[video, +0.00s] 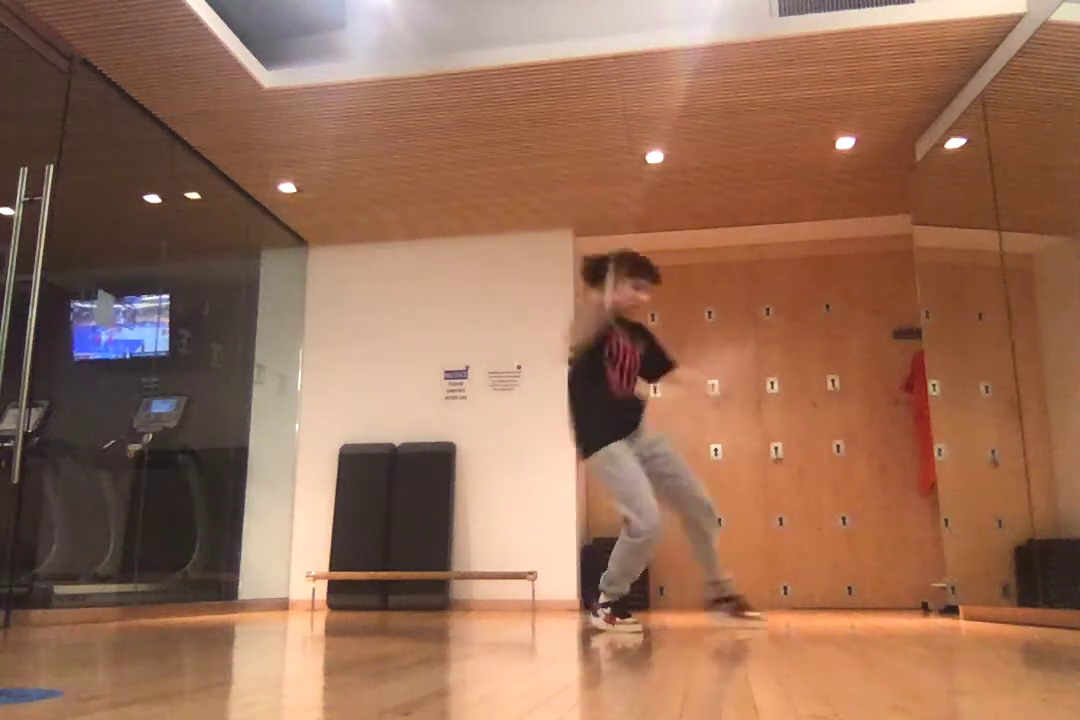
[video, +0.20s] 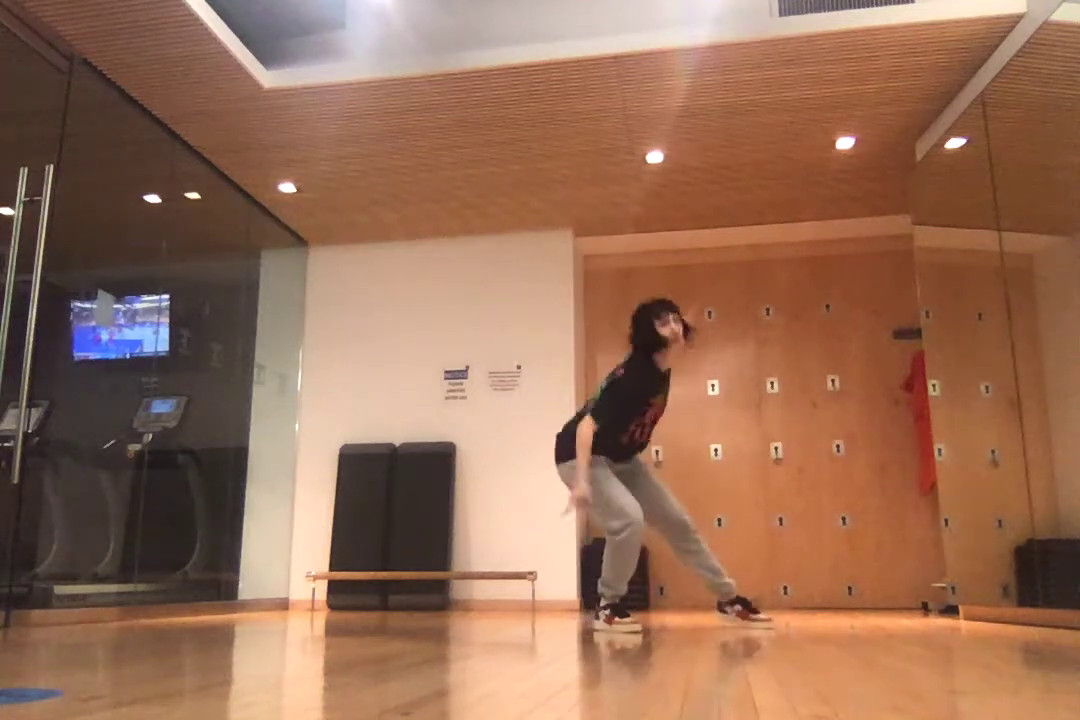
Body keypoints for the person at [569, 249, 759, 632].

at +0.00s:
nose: (642, 298)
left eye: (646, 291)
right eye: (635, 288)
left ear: (648, 294)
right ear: (610, 288)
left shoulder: (636, 334)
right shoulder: (590, 331)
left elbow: (667, 376)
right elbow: (579, 337)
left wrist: (707, 385)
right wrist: (599, 303)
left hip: (636, 433)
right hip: (602, 442)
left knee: (696, 505)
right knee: (646, 521)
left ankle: (720, 595)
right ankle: (605, 603)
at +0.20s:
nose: (673, 326)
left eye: (675, 320)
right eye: (663, 322)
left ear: (681, 326)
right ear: (649, 331)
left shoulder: (661, 370)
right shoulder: (631, 374)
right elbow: (585, 427)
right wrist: (581, 482)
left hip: (624, 457)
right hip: (585, 457)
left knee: (678, 523)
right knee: (628, 519)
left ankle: (729, 600)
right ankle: (608, 608)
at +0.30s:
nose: (661, 300)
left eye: (661, 293)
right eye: (651, 294)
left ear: (667, 301)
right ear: (639, 303)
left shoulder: (653, 346)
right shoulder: (631, 345)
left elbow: (626, 388)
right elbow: (599, 382)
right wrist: (572, 418)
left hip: (620, 447)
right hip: (588, 446)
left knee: (665, 519)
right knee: (628, 518)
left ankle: (720, 595)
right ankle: (608, 607)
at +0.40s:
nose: (643, 277)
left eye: (646, 271)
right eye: (637, 269)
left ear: (647, 277)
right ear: (621, 272)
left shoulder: (641, 317)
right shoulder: (619, 310)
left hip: (622, 427)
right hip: (591, 428)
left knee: (650, 515)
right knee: (625, 513)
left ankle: (681, 598)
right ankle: (607, 607)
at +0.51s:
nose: (615, 262)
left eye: (622, 255)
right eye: (607, 256)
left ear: (633, 263)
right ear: (598, 264)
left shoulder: (634, 306)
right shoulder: (597, 292)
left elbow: (646, 353)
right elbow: (583, 268)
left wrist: (643, 318)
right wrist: (578, 236)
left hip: (631, 412)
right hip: (596, 414)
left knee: (642, 507)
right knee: (619, 507)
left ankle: (649, 591)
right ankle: (608, 598)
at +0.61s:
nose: (602, 261)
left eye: (608, 255)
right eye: (595, 256)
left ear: (619, 264)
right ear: (584, 265)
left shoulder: (623, 306)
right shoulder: (579, 292)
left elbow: (636, 355)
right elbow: (564, 259)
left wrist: (651, 401)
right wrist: (569, 210)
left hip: (632, 401)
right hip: (595, 404)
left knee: (636, 501)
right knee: (610, 502)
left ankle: (624, 593)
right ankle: (605, 599)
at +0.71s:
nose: (600, 274)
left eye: (606, 267)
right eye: (593, 267)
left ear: (616, 271)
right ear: (580, 271)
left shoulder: (629, 313)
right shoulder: (570, 305)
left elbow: (659, 343)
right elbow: (549, 287)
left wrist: (634, 347)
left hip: (621, 404)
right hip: (581, 408)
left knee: (616, 500)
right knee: (600, 499)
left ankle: (591, 592)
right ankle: (598, 595)